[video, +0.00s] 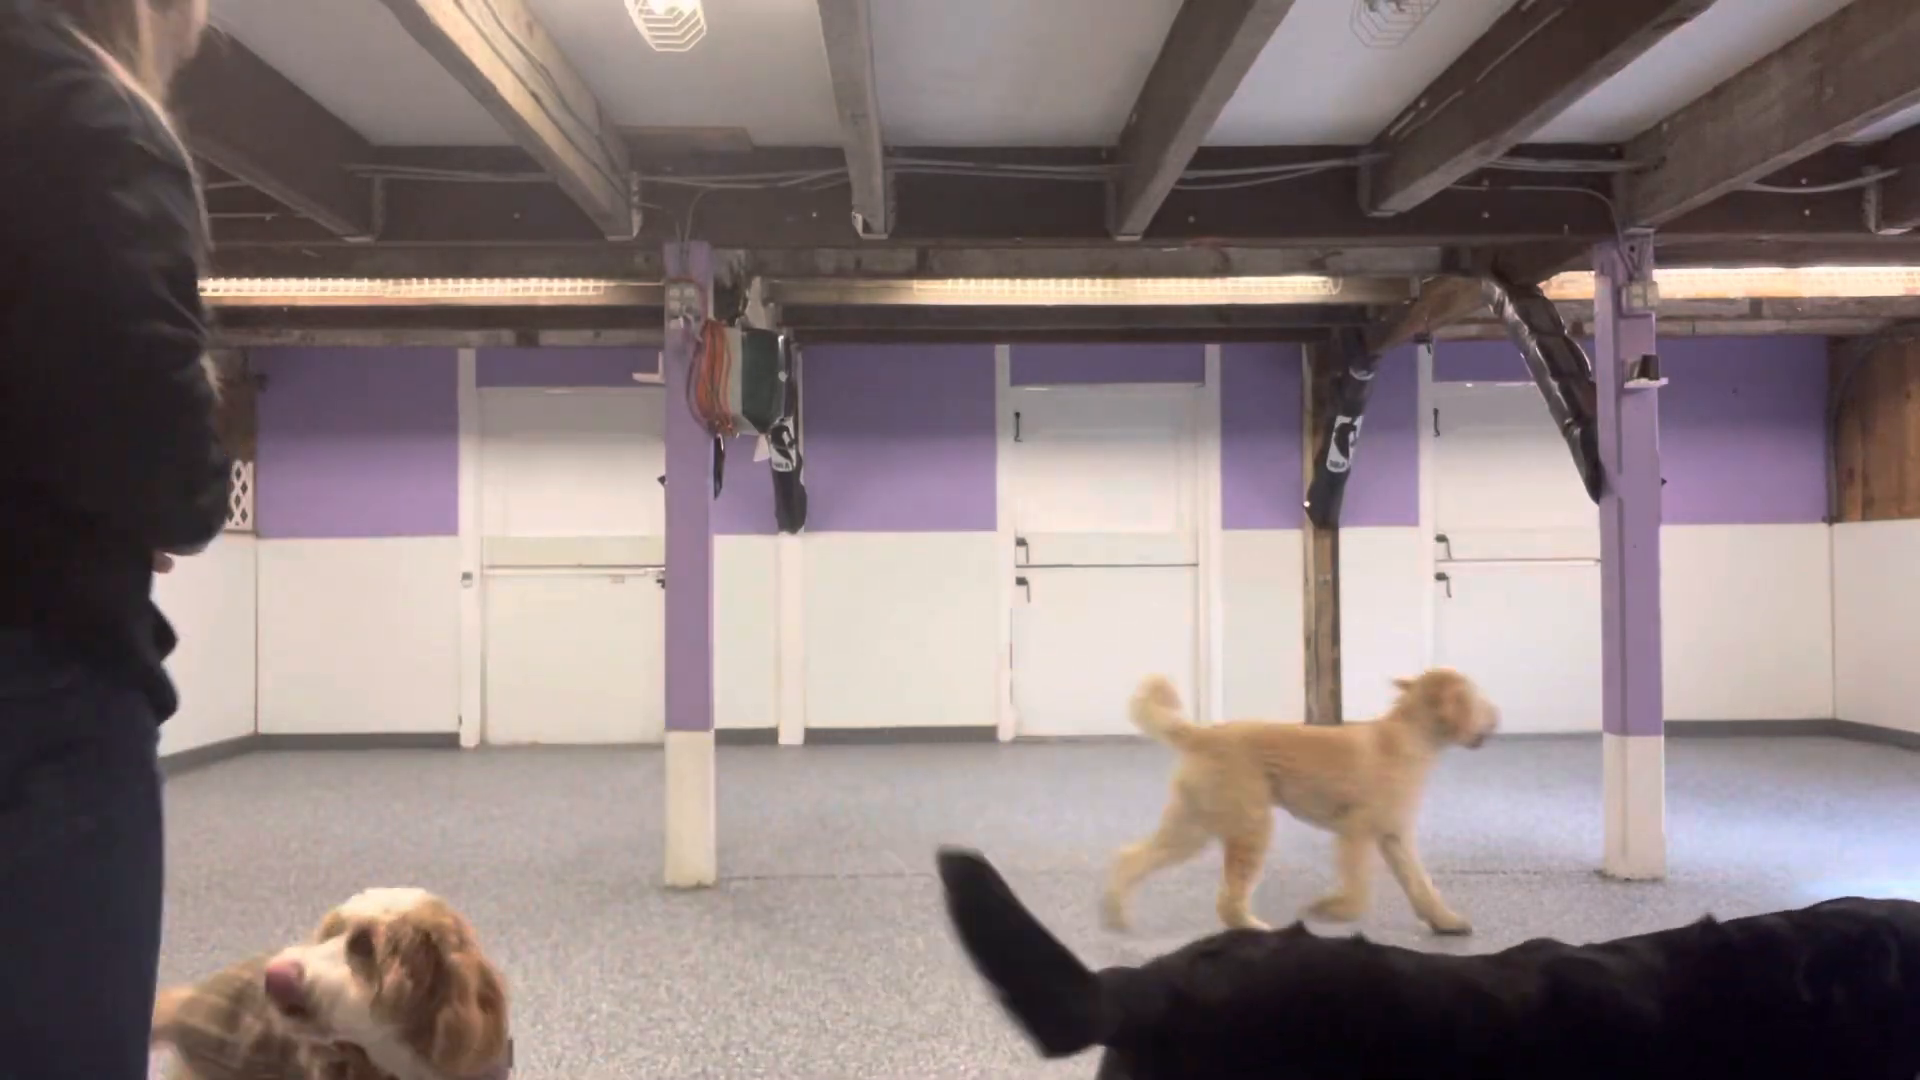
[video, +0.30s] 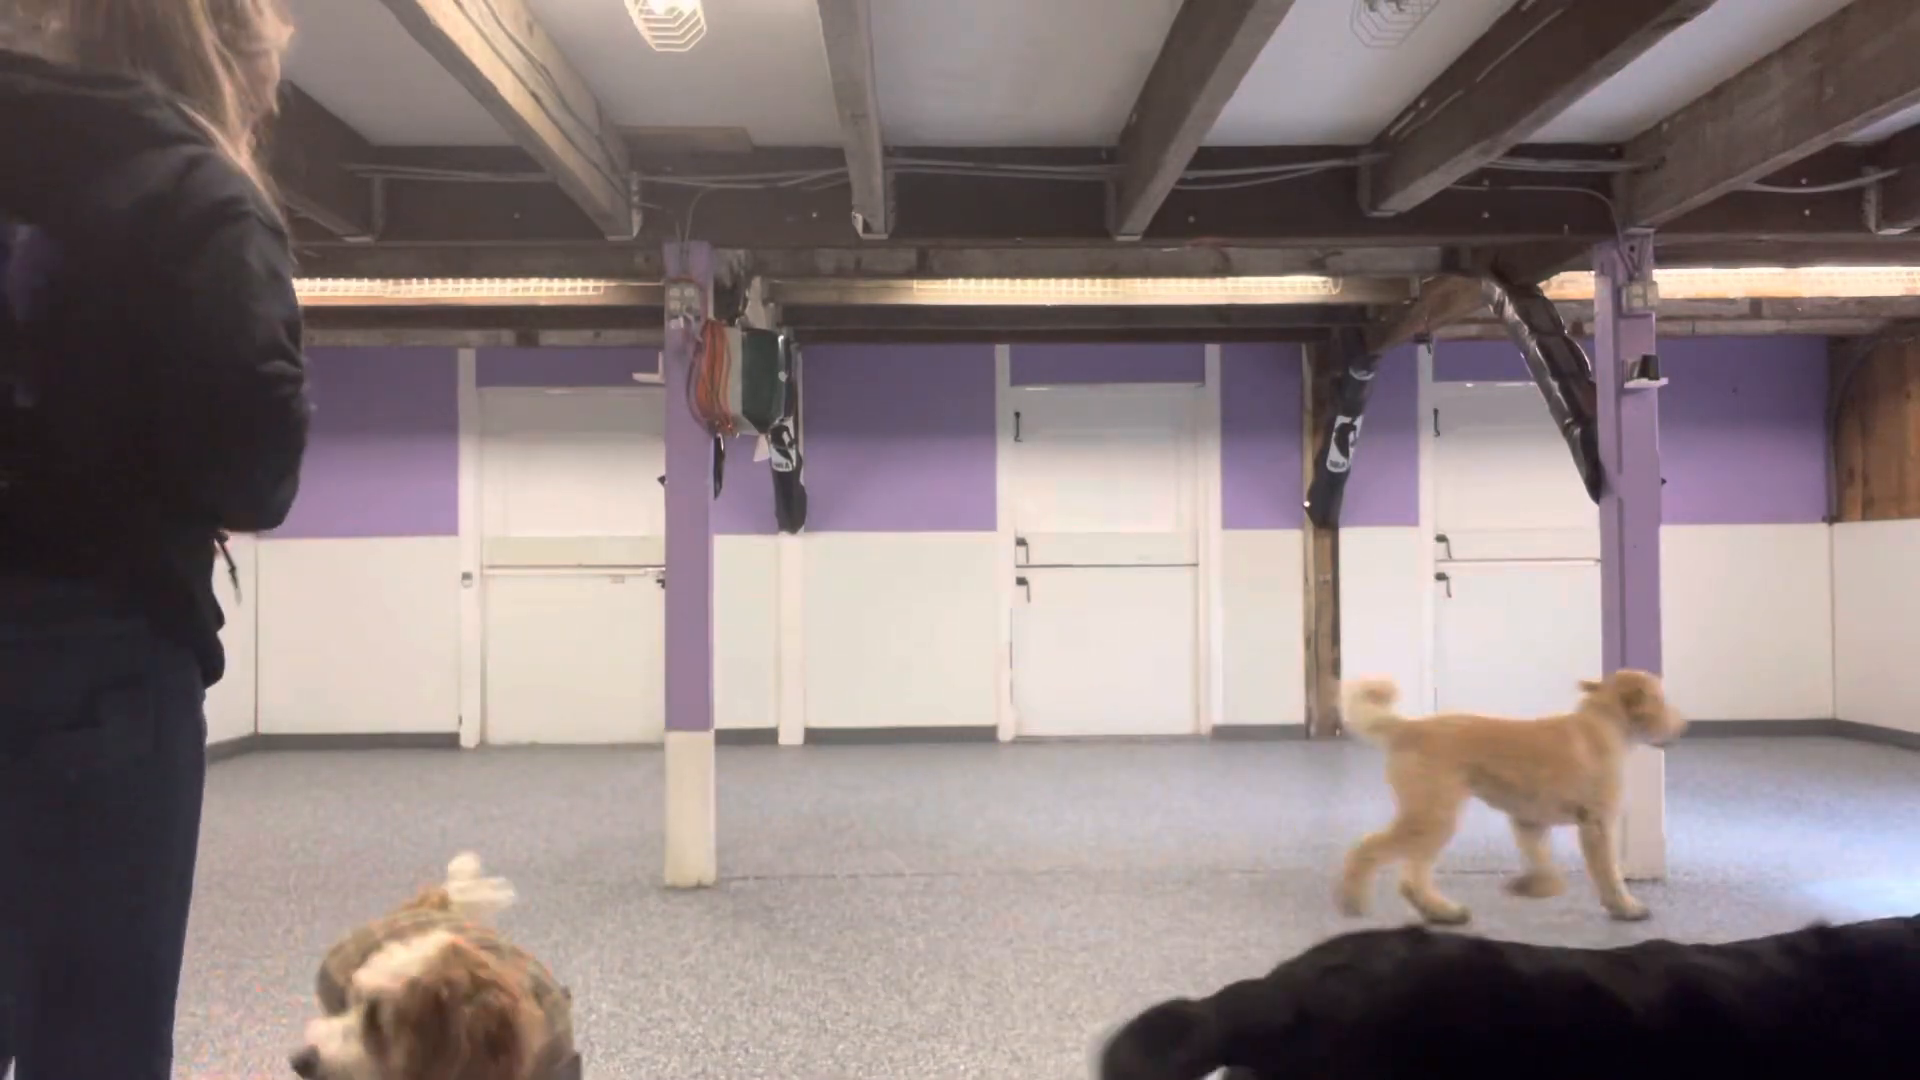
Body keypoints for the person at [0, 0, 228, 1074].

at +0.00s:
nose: (189, 46)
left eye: (190, 31)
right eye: (183, 24)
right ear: (142, 4)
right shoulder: (89, 120)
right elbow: (157, 473)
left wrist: (169, 492)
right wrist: (190, 495)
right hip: (51, 704)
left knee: (69, 1045)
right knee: (70, 1051)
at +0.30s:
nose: (266, 81)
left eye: (268, 54)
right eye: (259, 50)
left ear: (41, 7)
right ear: (210, 32)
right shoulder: (195, 195)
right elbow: (254, 482)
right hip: (92, 678)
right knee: (91, 1050)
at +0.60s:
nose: (226, 206)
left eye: (233, 183)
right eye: (214, 178)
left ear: (109, 147)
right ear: (150, 150)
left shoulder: (22, 240)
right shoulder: (148, 265)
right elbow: (162, 448)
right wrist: (227, 503)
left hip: (11, 660)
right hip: (88, 673)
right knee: (132, 1013)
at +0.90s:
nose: (244, 233)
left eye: (249, 210)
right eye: (237, 206)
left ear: (151, 186)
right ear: (176, 187)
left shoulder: (38, 278)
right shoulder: (162, 282)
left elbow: (39, 449)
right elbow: (149, 423)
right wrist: (254, 502)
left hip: (20, 626)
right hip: (132, 635)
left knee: (17, 932)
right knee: (207, 914)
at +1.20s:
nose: (325, 282)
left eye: (330, 262)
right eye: (319, 259)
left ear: (228, 243)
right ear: (271, 248)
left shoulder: (137, 350)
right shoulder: (274, 349)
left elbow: (105, 504)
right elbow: (269, 494)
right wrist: (343, 532)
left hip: (119, 648)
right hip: (244, 654)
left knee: (125, 908)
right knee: (260, 920)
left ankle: (26, 1063)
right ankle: (246, 1074)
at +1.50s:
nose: (410, 294)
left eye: (410, 278)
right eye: (401, 278)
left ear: (332, 277)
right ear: (357, 278)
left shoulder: (253, 362)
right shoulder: (380, 366)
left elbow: (199, 496)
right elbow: (425, 515)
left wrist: (270, 524)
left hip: (230, 622)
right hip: (330, 625)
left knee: (295, 835)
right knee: (301, 855)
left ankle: (304, 1013)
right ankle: (255, 1036)